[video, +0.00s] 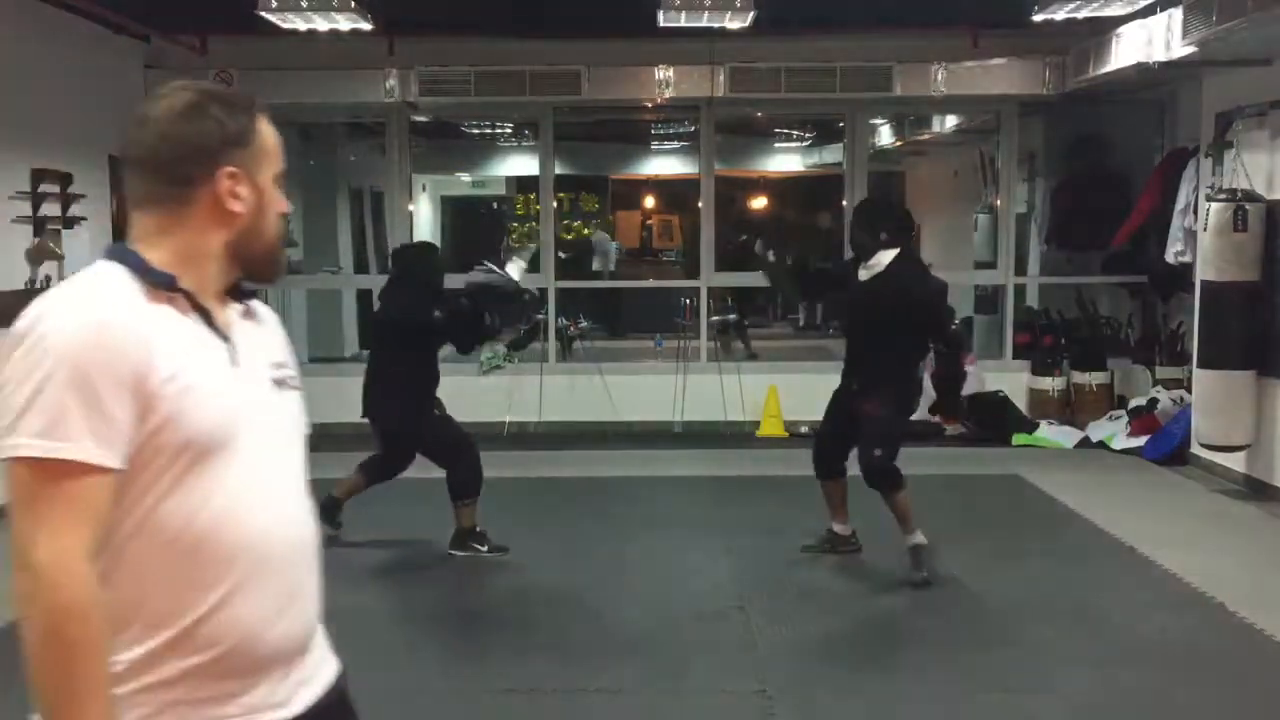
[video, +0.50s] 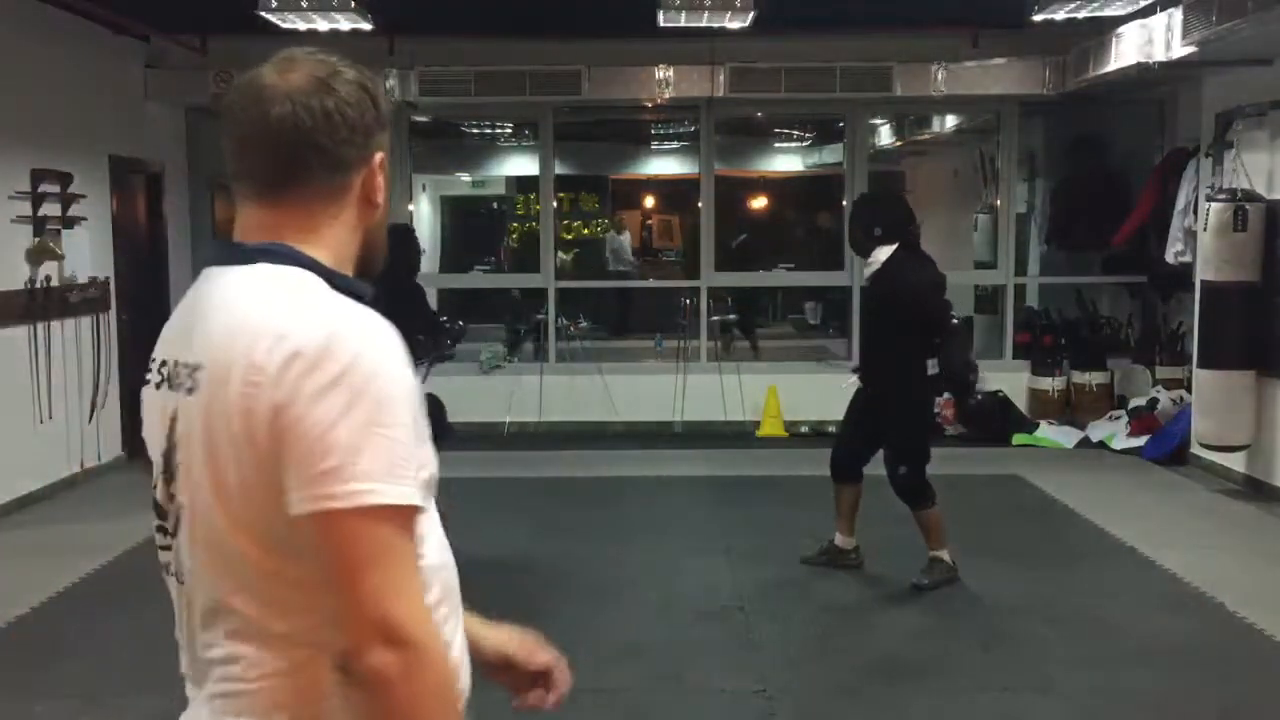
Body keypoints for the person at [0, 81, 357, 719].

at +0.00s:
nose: (288, 204)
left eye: (284, 183)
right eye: (279, 183)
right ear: (232, 191)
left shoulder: (260, 323)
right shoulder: (81, 327)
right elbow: (50, 566)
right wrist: (85, 712)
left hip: (310, 687)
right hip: (169, 707)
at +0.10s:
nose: (322, 199)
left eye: (320, 179)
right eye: (316, 177)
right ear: (277, 181)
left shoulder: (289, 318)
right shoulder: (128, 314)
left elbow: (340, 509)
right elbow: (107, 560)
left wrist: (399, 675)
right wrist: (145, 712)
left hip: (348, 691)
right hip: (206, 705)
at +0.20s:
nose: (348, 186)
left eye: (346, 164)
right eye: (344, 163)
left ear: (217, 163)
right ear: (313, 168)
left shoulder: (307, 309)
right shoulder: (173, 302)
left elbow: (365, 502)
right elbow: (155, 559)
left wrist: (471, 647)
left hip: (366, 697)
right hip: (248, 705)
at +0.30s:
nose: (365, 180)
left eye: (365, 159)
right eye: (364, 158)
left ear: (230, 161)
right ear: (340, 165)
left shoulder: (302, 303)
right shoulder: (220, 306)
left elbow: (368, 505)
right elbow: (215, 584)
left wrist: (510, 605)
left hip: (367, 698)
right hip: (292, 701)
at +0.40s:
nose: (377, 190)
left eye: (377, 169)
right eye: (377, 169)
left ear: (233, 172)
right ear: (358, 176)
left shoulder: (223, 302)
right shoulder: (274, 323)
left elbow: (351, 524)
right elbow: (298, 622)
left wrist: (504, 594)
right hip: (346, 704)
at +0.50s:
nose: (396, 199)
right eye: (396, 177)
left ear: (242, 174)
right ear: (375, 182)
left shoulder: (193, 320)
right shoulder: (338, 341)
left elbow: (282, 553)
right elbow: (385, 649)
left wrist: (473, 635)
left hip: (218, 699)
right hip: (323, 707)